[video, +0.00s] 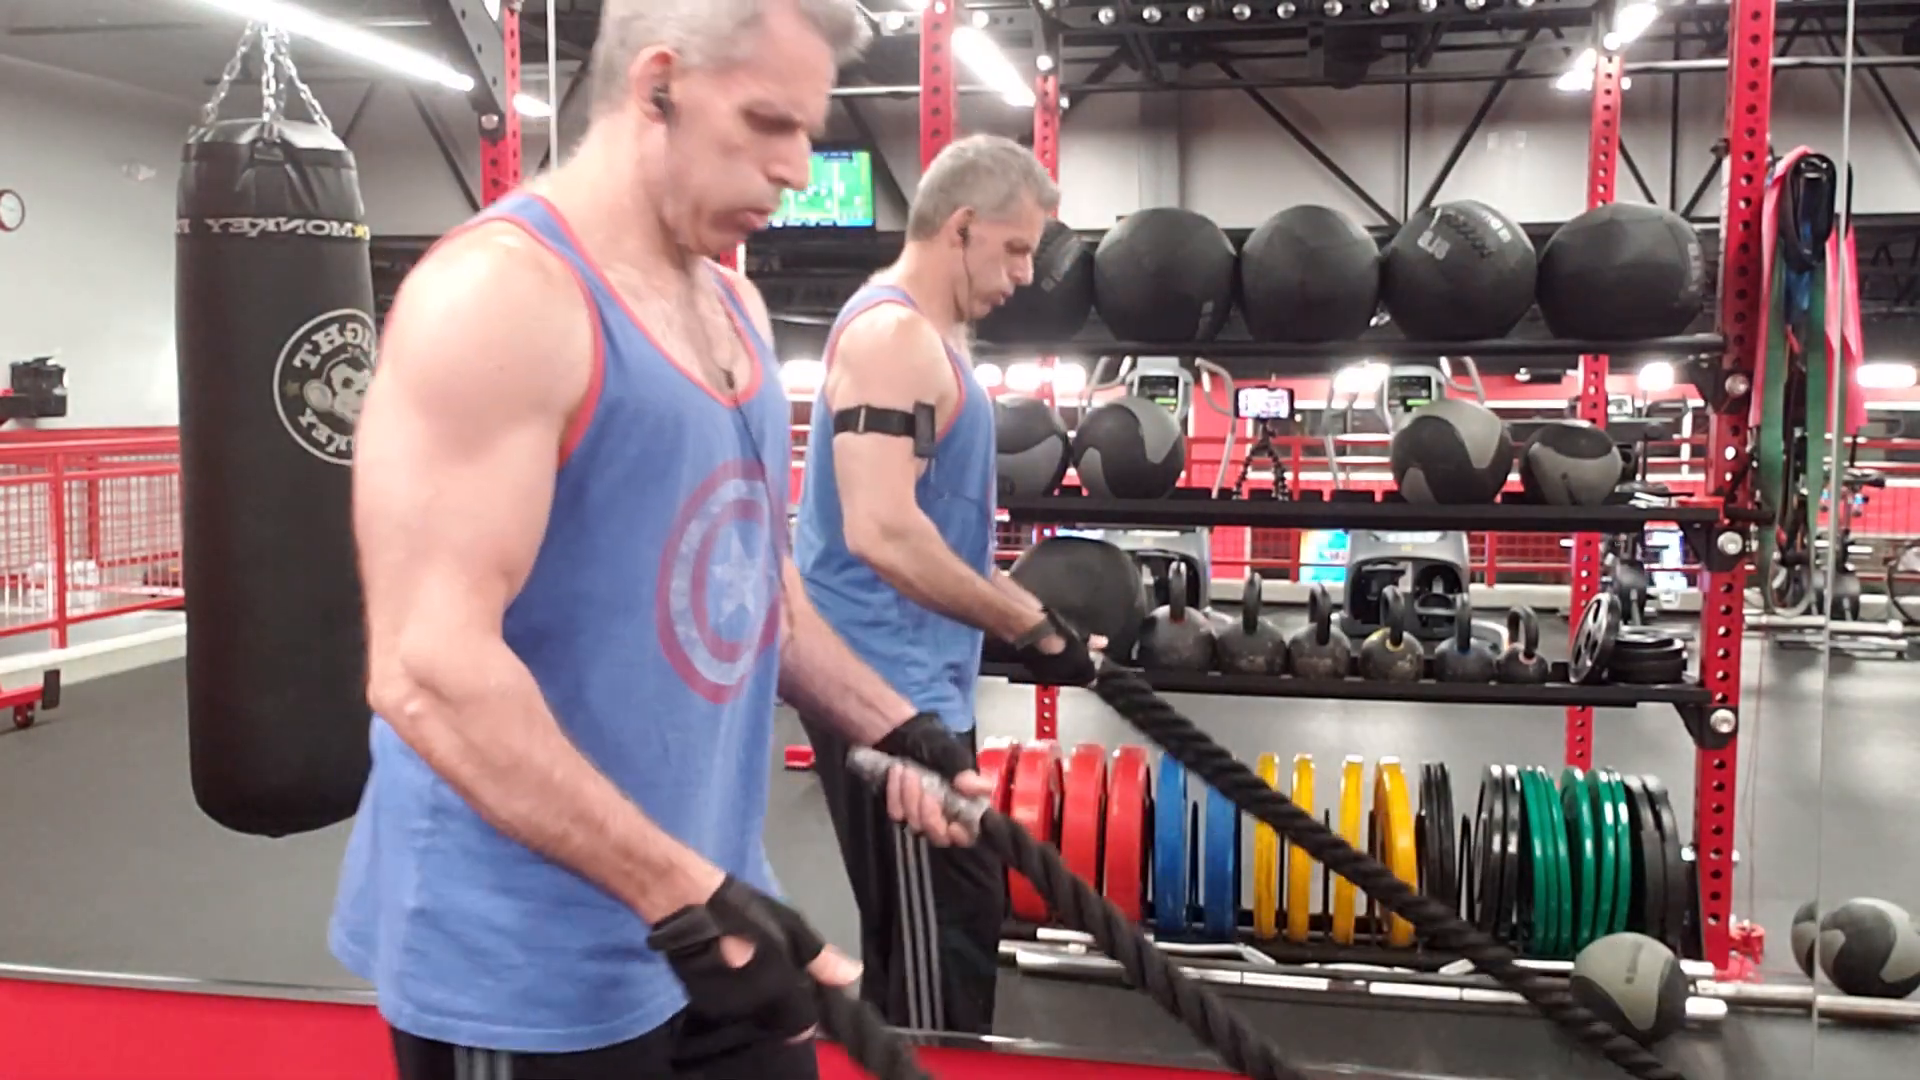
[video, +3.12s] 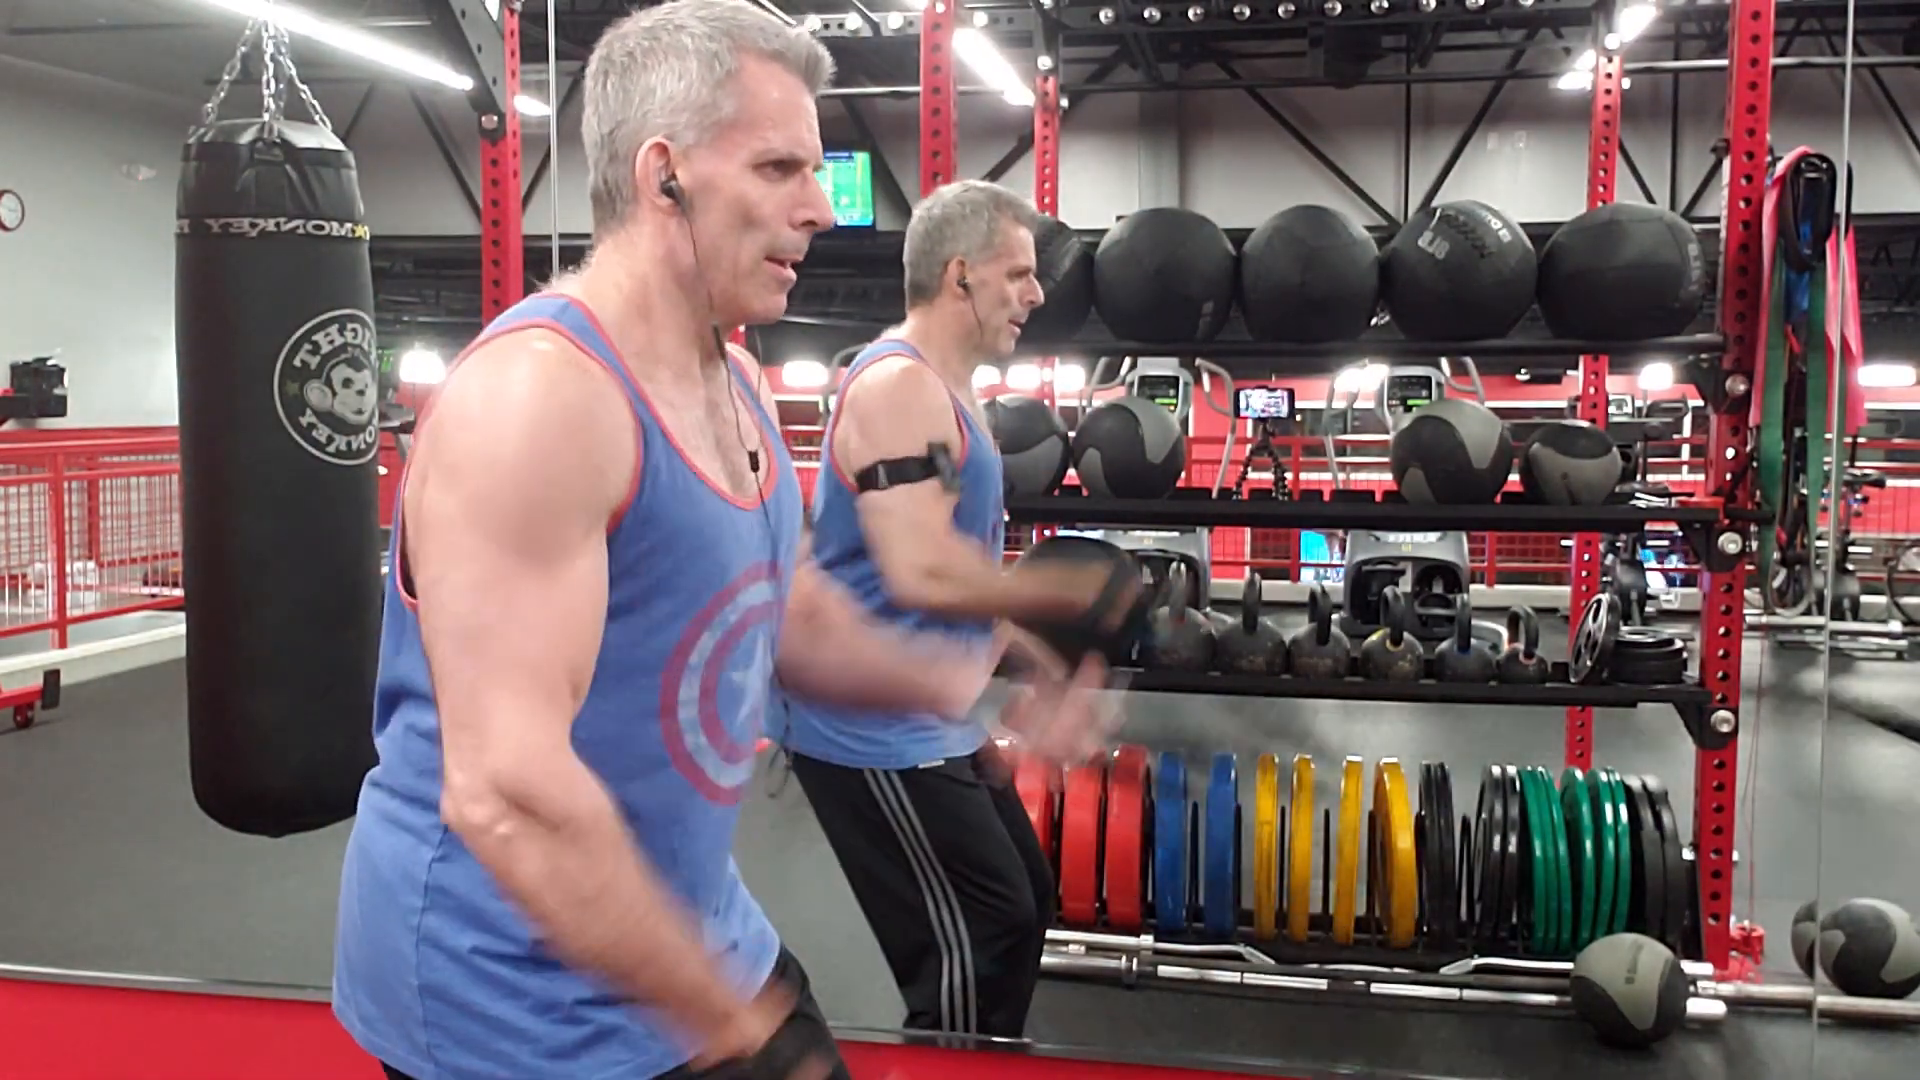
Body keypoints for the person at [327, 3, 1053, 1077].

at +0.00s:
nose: (796, 173)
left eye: (807, 136)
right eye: (771, 123)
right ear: (656, 87)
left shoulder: (730, 298)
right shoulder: (493, 295)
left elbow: (752, 580)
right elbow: (429, 665)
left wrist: (897, 732)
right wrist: (683, 900)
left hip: (717, 946)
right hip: (526, 988)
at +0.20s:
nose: (844, 181)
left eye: (852, 145)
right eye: (817, 134)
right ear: (706, 104)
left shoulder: (778, 328)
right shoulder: (539, 304)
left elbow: (775, 601)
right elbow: (447, 656)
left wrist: (902, 772)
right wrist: (685, 887)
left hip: (748, 925)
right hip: (574, 967)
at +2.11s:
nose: (824, 183)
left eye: (819, 146)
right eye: (784, 142)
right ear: (666, 154)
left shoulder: (742, 378)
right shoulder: (541, 386)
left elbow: (747, 671)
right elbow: (418, 755)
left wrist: (876, 857)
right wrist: (645, 1011)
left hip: (731, 956)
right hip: (528, 1014)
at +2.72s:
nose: (839, 189)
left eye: (835, 153)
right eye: (797, 149)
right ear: (682, 165)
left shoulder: (751, 393)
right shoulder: (553, 383)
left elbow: (739, 686)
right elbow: (432, 754)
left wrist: (870, 865)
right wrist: (674, 1017)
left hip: (733, 959)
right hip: (533, 1017)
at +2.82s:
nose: (819, 189)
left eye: (817, 155)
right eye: (781, 149)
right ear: (666, 158)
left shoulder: (746, 388)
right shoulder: (533, 367)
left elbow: (730, 696)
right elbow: (533, 723)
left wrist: (827, 891)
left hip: (722, 947)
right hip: (541, 986)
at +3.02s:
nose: (815, 206)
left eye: (812, 168)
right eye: (775, 164)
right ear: (658, 175)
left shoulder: (741, 388)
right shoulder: (516, 383)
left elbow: (752, 673)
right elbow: (581, 740)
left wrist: (857, 855)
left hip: (697, 924)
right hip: (516, 967)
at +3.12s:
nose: (818, 209)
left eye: (814, 172)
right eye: (779, 169)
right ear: (663, 176)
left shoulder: (729, 374)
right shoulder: (529, 396)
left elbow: (784, 611)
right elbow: (506, 788)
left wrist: (969, 687)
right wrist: (733, 1026)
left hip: (695, 913)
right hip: (514, 979)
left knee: (793, 1049)